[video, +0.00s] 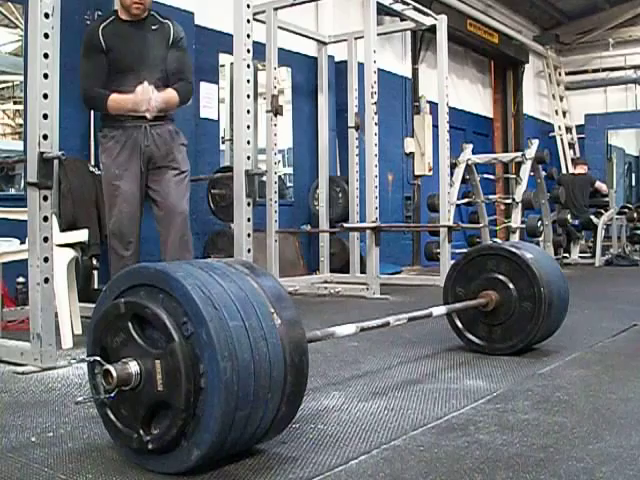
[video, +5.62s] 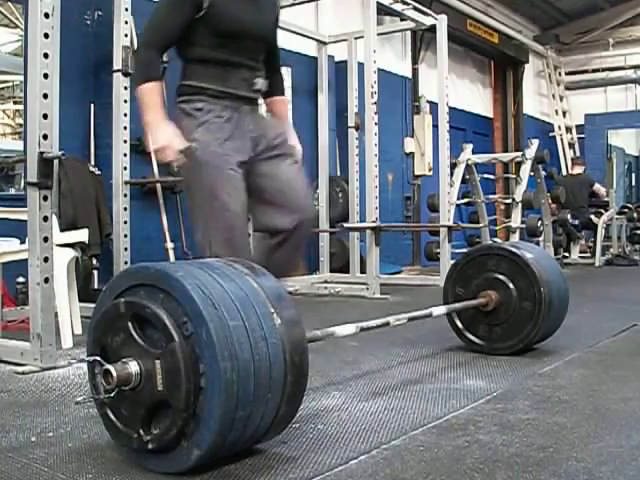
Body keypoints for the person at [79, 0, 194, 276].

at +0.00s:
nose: (140, 1)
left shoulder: (170, 30)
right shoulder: (99, 34)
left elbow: (185, 86)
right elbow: (90, 95)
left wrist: (158, 101)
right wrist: (133, 101)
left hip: (166, 136)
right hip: (119, 138)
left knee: (177, 216)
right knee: (122, 226)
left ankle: (184, 298)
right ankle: (124, 302)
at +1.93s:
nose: (161, 12)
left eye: (166, 7)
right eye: (155, 4)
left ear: (170, 9)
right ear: (137, 3)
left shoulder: (175, 49)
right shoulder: (113, 41)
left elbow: (182, 105)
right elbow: (80, 92)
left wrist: (192, 148)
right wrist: (82, 142)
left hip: (164, 143)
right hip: (124, 141)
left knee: (158, 231)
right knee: (124, 229)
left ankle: (158, 303)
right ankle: (123, 304)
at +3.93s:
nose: (153, 10)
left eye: (160, 5)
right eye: (147, 3)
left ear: (166, 9)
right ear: (132, 3)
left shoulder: (174, 47)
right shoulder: (109, 38)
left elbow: (183, 101)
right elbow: (74, 90)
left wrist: (192, 146)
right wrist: (74, 141)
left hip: (161, 140)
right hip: (119, 138)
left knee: (156, 226)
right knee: (121, 223)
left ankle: (157, 301)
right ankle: (119, 302)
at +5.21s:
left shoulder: (211, 23)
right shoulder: (136, 11)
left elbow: (220, 80)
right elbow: (90, 67)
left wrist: (238, 136)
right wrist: (83, 133)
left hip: (186, 128)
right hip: (143, 123)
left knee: (181, 217)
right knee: (166, 207)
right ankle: (144, 294)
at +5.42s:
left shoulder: (238, 17)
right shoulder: (160, 8)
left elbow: (249, 80)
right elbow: (111, 66)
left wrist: (273, 136)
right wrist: (107, 135)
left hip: (218, 127)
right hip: (174, 124)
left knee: (197, 228)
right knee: (209, 220)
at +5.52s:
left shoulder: (253, 10)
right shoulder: (178, 4)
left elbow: (260, 76)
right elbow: (129, 61)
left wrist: (281, 134)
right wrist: (132, 137)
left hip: (237, 125)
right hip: (189, 120)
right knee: (221, 231)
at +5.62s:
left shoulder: (268, 5)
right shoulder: (193, 3)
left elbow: (271, 67)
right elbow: (147, 51)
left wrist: (284, 130)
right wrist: (156, 123)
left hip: (255, 117)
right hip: (205, 115)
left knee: (296, 214)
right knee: (227, 239)